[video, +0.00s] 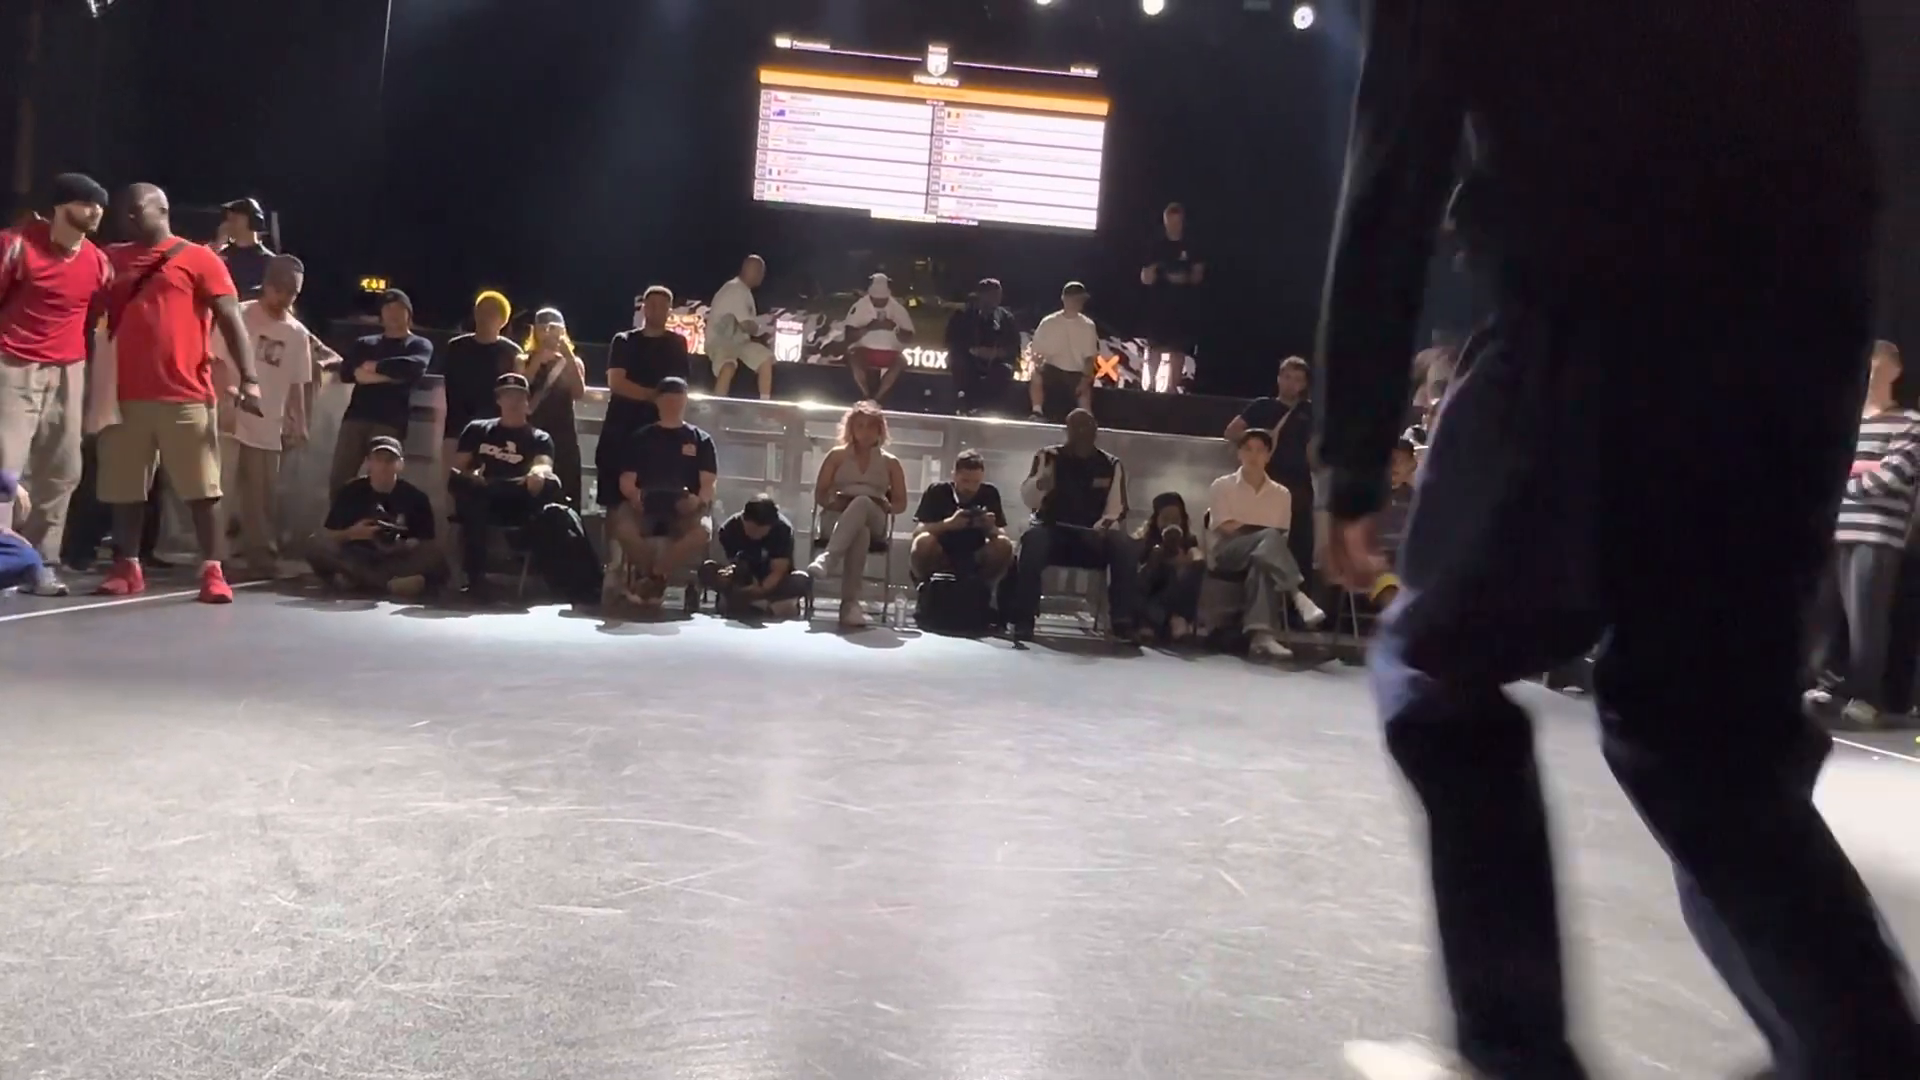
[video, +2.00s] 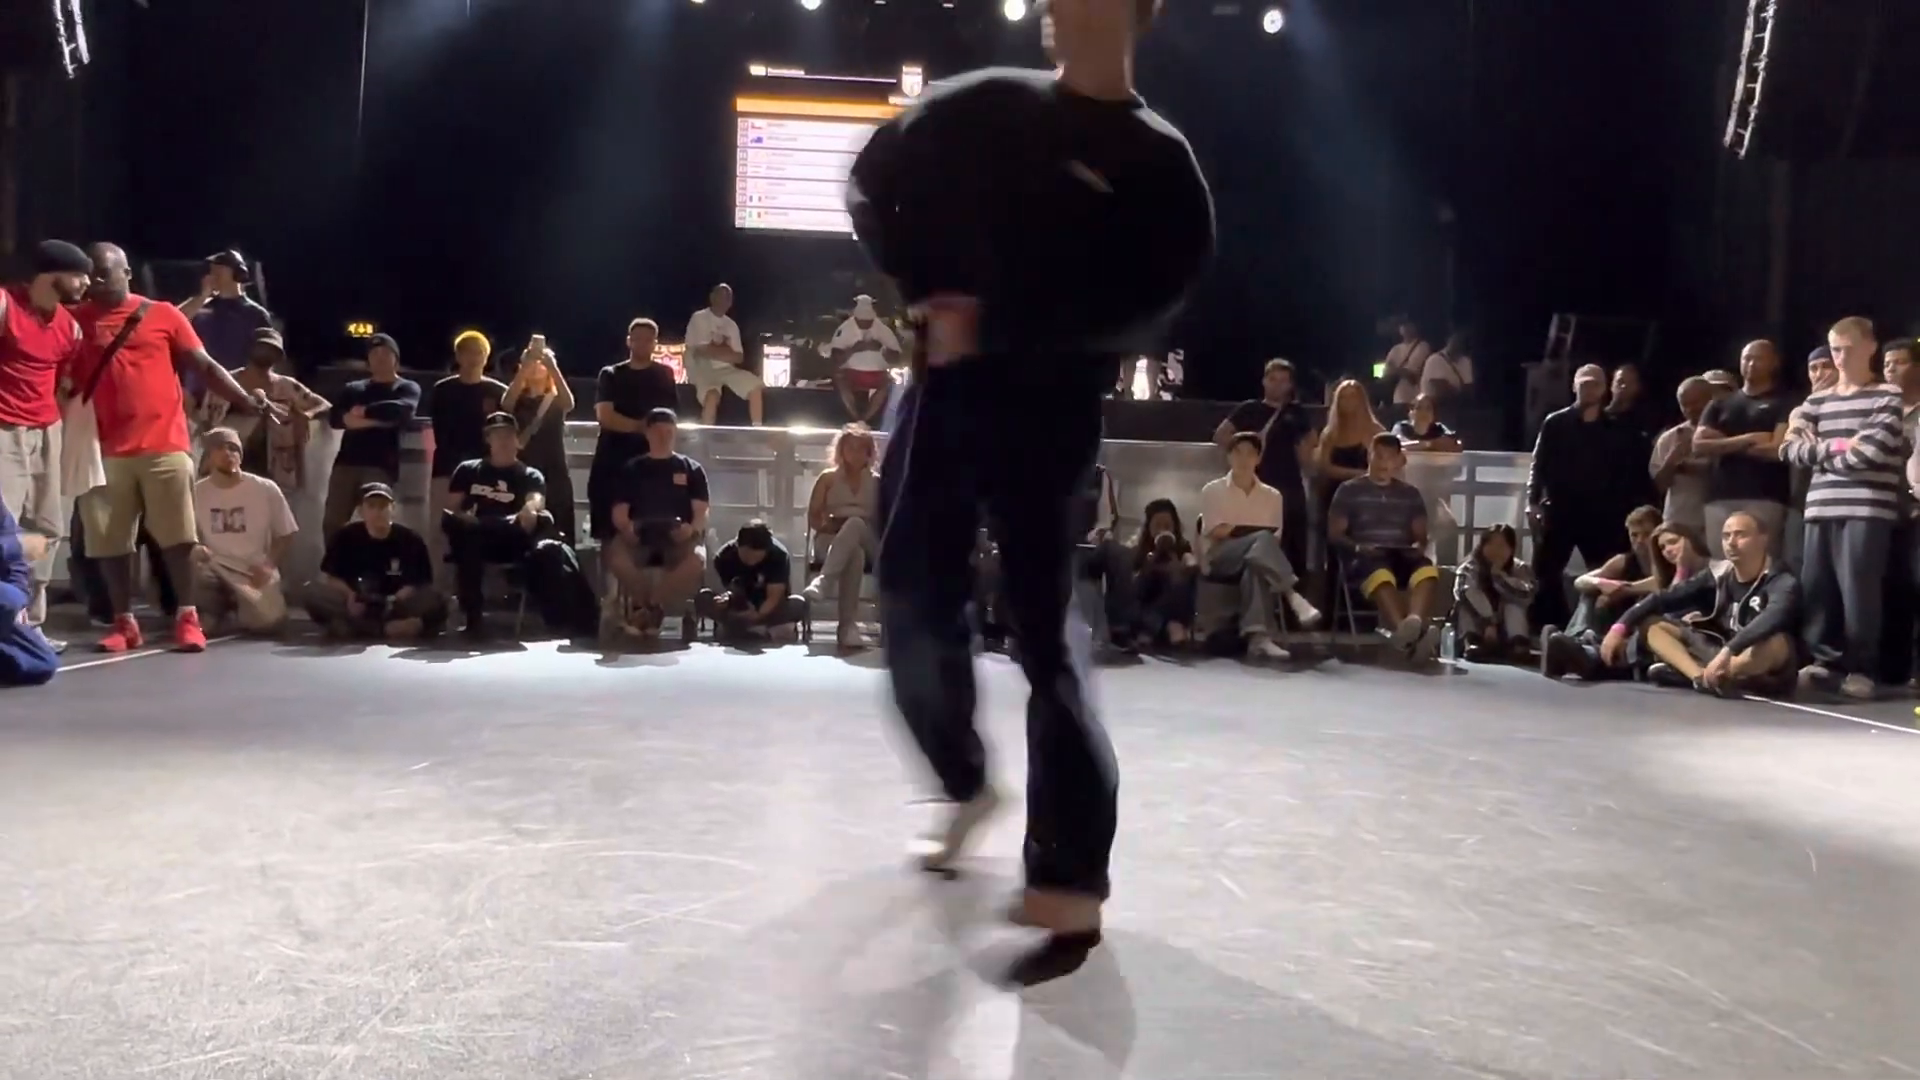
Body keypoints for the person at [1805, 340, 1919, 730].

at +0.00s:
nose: (1871, 370)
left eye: (1880, 363)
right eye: (1869, 362)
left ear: (1896, 372)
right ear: (1861, 368)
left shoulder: (1908, 424)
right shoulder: (1846, 418)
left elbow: (1894, 475)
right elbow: (1827, 466)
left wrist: (1845, 482)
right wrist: (1865, 473)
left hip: (1877, 530)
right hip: (1835, 528)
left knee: (1865, 616)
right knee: (1828, 611)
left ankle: (1866, 697)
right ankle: (1826, 685)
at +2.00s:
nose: (1838, 357)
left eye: (1846, 349)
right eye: (1833, 350)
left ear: (1870, 348)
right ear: (1830, 352)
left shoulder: (1888, 398)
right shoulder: (1817, 400)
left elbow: (1869, 453)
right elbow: (1791, 448)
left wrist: (1818, 451)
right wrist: (1840, 447)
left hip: (1865, 509)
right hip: (1819, 510)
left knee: (1858, 588)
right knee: (1816, 585)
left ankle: (1862, 670)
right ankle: (1825, 662)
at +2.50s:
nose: (1846, 356)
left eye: (1854, 348)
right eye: (1842, 349)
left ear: (1879, 349)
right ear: (1839, 351)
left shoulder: (1899, 398)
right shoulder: (1826, 400)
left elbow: (1874, 455)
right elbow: (1797, 447)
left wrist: (1826, 448)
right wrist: (1845, 449)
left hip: (1875, 510)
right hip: (1829, 509)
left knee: (1867, 589)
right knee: (1825, 586)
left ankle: (1871, 670)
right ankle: (1832, 662)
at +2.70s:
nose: (1851, 353)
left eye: (1860, 346)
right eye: (1847, 346)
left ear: (1884, 350)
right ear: (1843, 351)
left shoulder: (1901, 399)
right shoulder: (1828, 401)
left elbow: (1877, 458)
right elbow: (1800, 449)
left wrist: (1829, 452)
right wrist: (1846, 451)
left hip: (1878, 512)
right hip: (1831, 511)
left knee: (1870, 593)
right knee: (1827, 590)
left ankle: (1874, 672)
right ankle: (1835, 665)